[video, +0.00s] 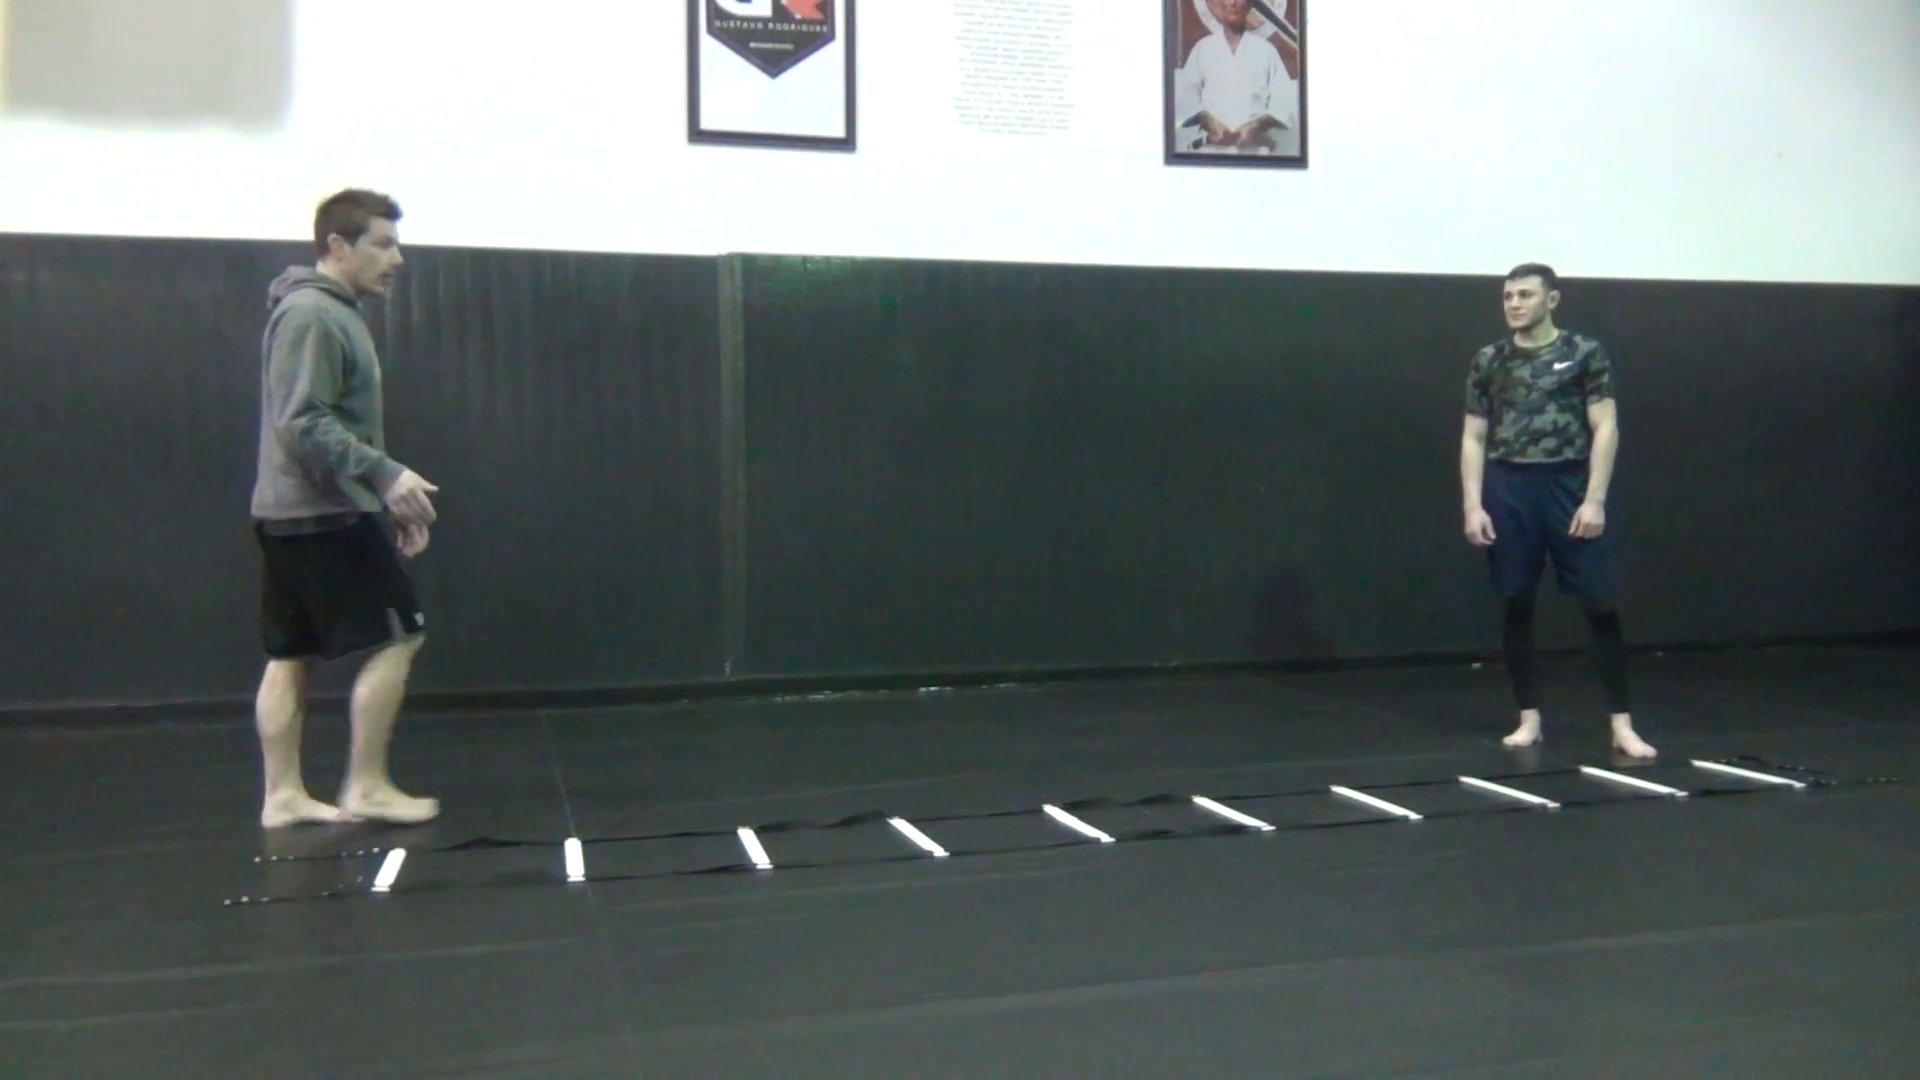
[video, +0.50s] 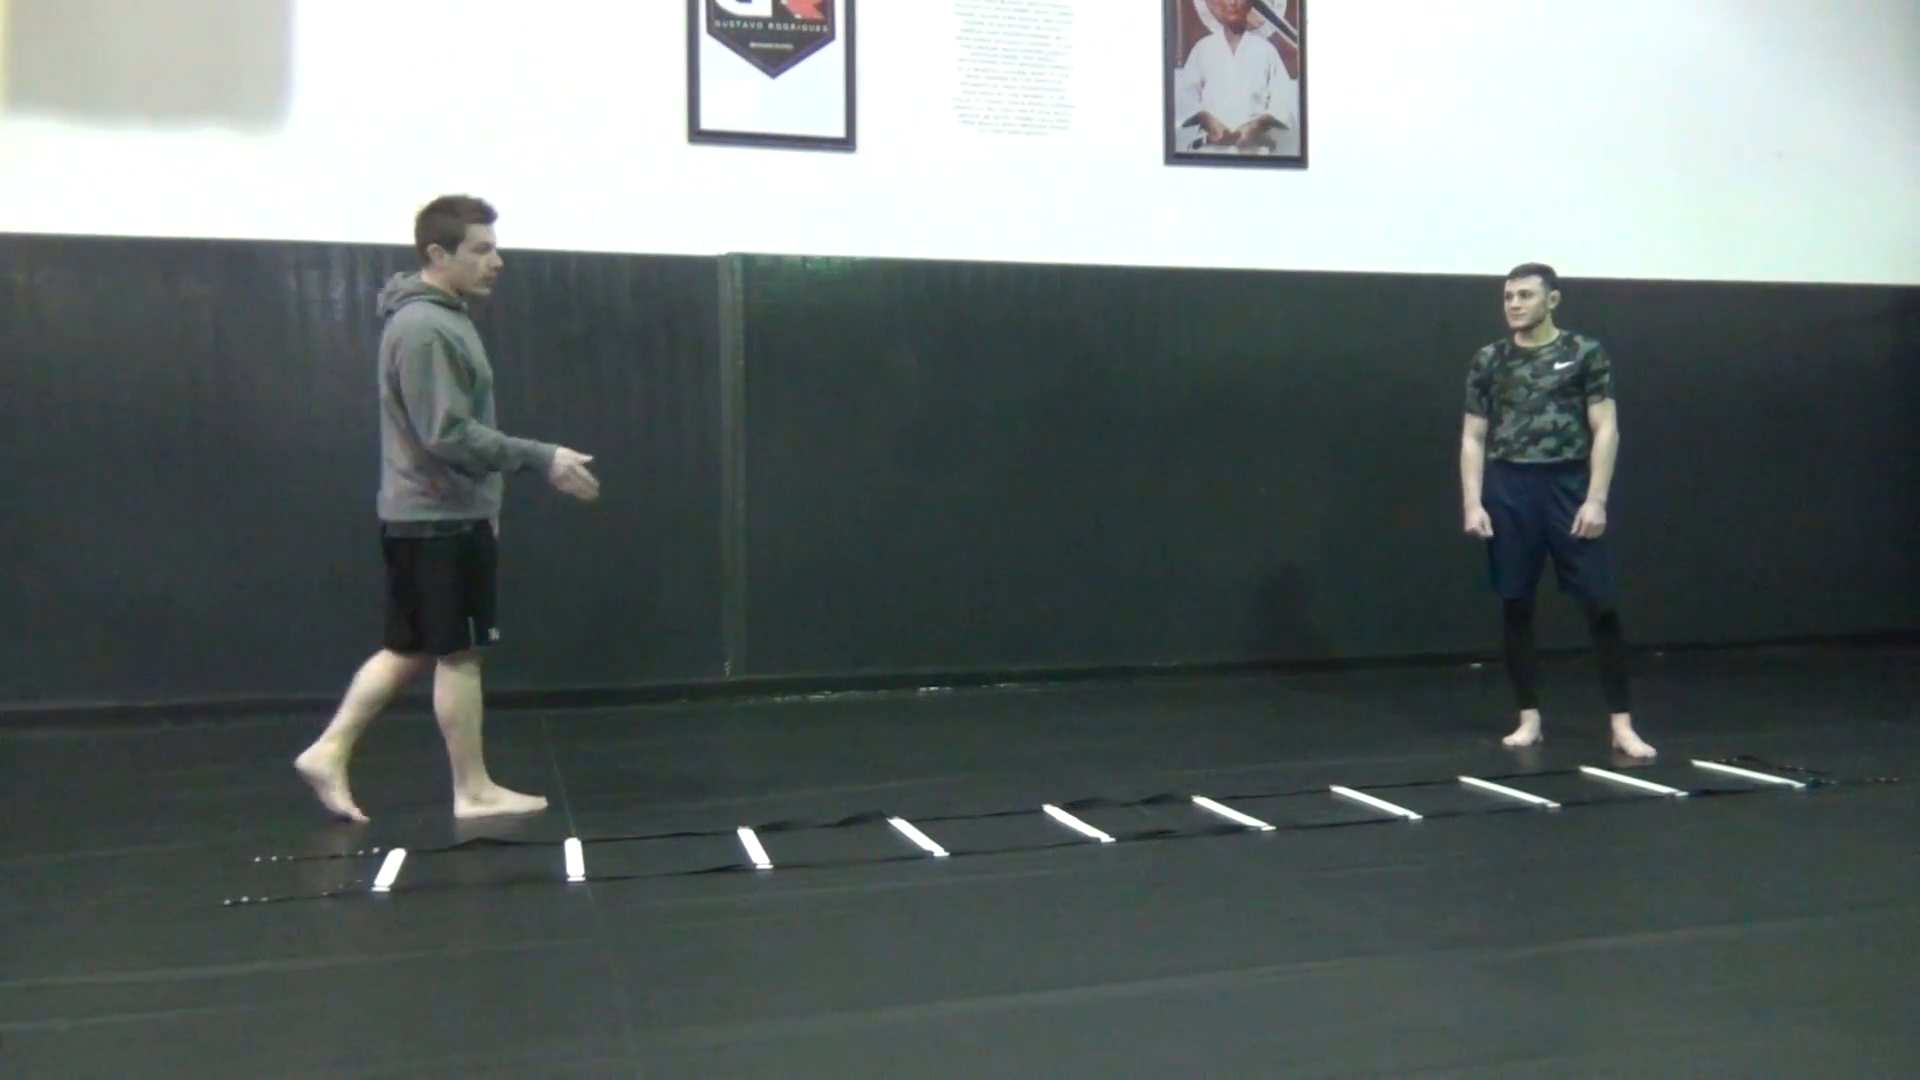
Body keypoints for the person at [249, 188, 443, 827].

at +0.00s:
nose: (396, 260)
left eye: (396, 247)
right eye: (384, 246)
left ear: (342, 249)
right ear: (337, 245)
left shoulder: (331, 312)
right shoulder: (312, 315)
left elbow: (339, 428)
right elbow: (303, 421)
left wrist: (389, 504)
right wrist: (385, 474)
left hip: (294, 513)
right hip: (324, 512)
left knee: (289, 655)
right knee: (398, 634)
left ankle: (282, 795)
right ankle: (367, 785)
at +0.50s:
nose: (495, 262)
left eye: (495, 250)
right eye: (482, 251)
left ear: (444, 255)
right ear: (438, 254)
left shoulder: (439, 319)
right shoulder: (421, 327)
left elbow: (450, 430)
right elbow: (447, 434)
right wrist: (541, 457)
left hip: (433, 517)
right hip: (439, 521)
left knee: (408, 650)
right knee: (459, 655)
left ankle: (327, 755)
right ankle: (474, 791)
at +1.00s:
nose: (587, 271)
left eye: (587, 259)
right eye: (575, 259)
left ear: (550, 264)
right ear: (530, 261)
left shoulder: (556, 327)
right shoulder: (502, 329)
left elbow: (571, 432)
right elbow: (519, 423)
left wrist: (597, 501)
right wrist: (598, 382)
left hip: (567, 510)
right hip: (524, 513)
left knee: (592, 632)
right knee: (510, 645)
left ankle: (628, 748)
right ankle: (475, 786)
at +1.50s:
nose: (710, 282)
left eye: (710, 270)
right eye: (700, 270)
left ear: (675, 273)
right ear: (658, 270)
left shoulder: (685, 338)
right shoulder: (619, 336)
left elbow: (713, 431)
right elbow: (629, 433)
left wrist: (743, 502)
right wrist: (692, 473)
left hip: (688, 501)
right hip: (650, 505)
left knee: (672, 628)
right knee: (686, 622)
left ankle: (665, 756)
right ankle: (577, 724)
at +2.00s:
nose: (835, 287)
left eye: (835, 276)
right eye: (827, 276)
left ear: (787, 278)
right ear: (791, 277)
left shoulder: (750, 334)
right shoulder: (770, 342)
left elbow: (755, 436)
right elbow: (765, 442)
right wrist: (771, 529)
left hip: (739, 508)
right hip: (775, 510)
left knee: (728, 633)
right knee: (807, 633)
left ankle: (675, 742)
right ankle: (827, 758)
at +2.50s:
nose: (940, 296)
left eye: (941, 285)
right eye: (932, 284)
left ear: (892, 285)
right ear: (894, 282)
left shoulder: (856, 331)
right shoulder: (883, 339)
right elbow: (958, 401)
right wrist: (1046, 429)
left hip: (869, 505)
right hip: (871, 508)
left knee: (894, 618)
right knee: (863, 624)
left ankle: (930, 727)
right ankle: (829, 757)